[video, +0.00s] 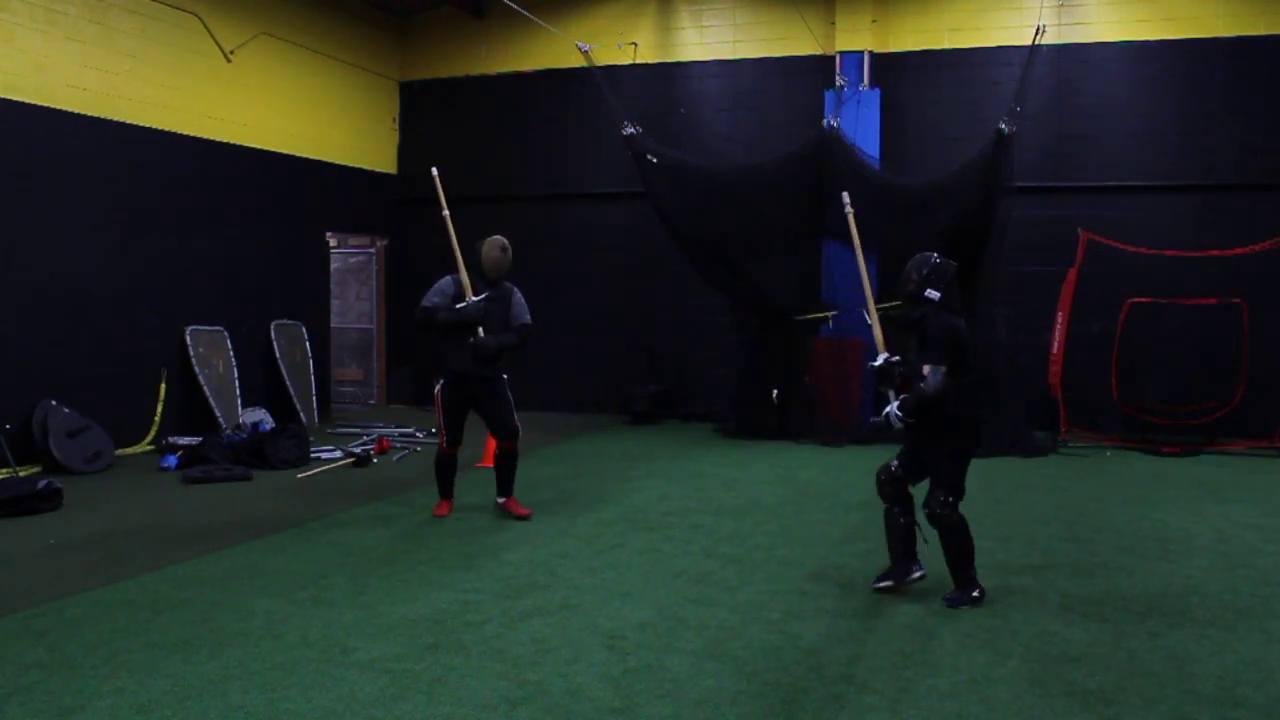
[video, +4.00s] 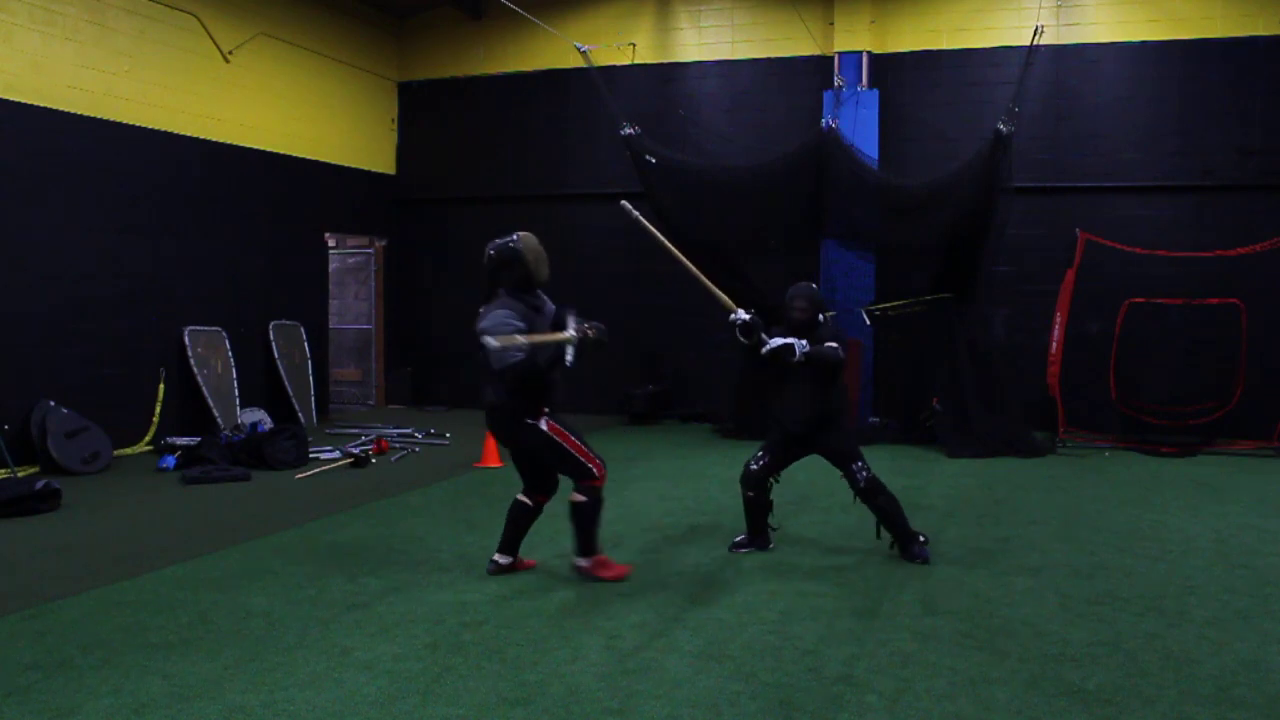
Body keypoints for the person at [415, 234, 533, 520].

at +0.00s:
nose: (498, 264)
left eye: (503, 260)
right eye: (493, 258)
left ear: (507, 264)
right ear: (481, 258)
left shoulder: (510, 294)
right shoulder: (453, 285)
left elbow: (523, 332)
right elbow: (426, 314)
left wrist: (493, 342)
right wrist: (463, 313)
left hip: (491, 378)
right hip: (454, 376)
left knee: (508, 434)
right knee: (449, 441)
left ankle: (504, 497)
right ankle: (445, 499)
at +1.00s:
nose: (521, 260)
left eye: (523, 253)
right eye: (515, 252)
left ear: (516, 257)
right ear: (496, 252)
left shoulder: (511, 295)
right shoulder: (460, 283)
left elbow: (526, 337)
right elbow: (431, 315)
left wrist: (511, 354)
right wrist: (482, 322)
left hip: (493, 388)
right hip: (455, 388)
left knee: (517, 456)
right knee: (455, 464)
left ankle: (512, 531)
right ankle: (446, 536)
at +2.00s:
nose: (538, 285)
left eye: (539, 277)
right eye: (533, 276)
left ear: (514, 275)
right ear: (515, 274)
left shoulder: (514, 317)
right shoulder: (482, 303)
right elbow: (456, 341)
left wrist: (517, 391)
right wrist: (509, 357)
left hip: (474, 417)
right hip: (443, 415)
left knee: (508, 481)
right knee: (427, 501)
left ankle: (483, 560)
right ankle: (380, 582)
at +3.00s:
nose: (572, 268)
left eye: (569, 262)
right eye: (571, 262)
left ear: (530, 256)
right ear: (564, 263)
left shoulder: (508, 283)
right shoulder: (557, 295)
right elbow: (605, 323)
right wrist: (651, 324)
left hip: (472, 400)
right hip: (501, 404)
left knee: (504, 482)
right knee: (549, 483)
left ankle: (485, 564)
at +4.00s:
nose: (542, 263)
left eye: (539, 257)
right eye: (534, 258)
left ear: (509, 269)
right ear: (517, 267)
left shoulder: (536, 303)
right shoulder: (499, 318)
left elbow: (562, 321)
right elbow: (519, 374)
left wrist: (583, 330)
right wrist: (565, 343)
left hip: (521, 414)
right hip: (522, 417)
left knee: (539, 485)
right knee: (591, 472)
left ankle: (504, 556)